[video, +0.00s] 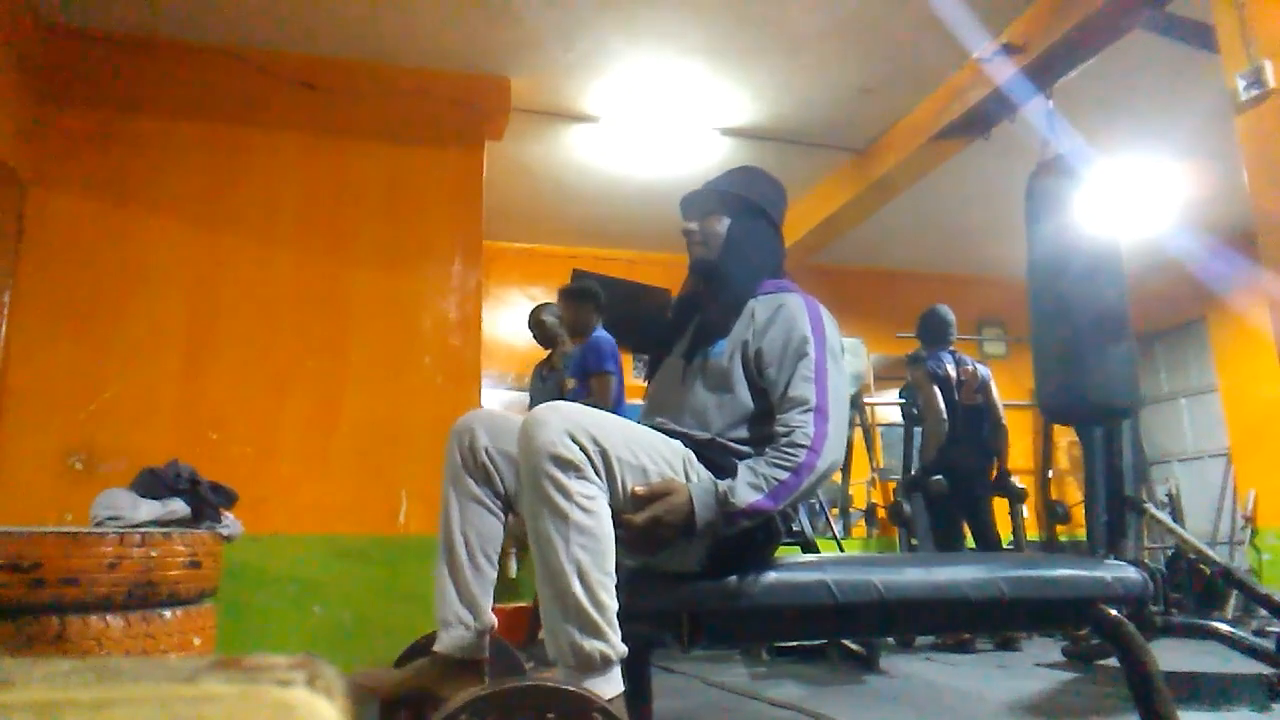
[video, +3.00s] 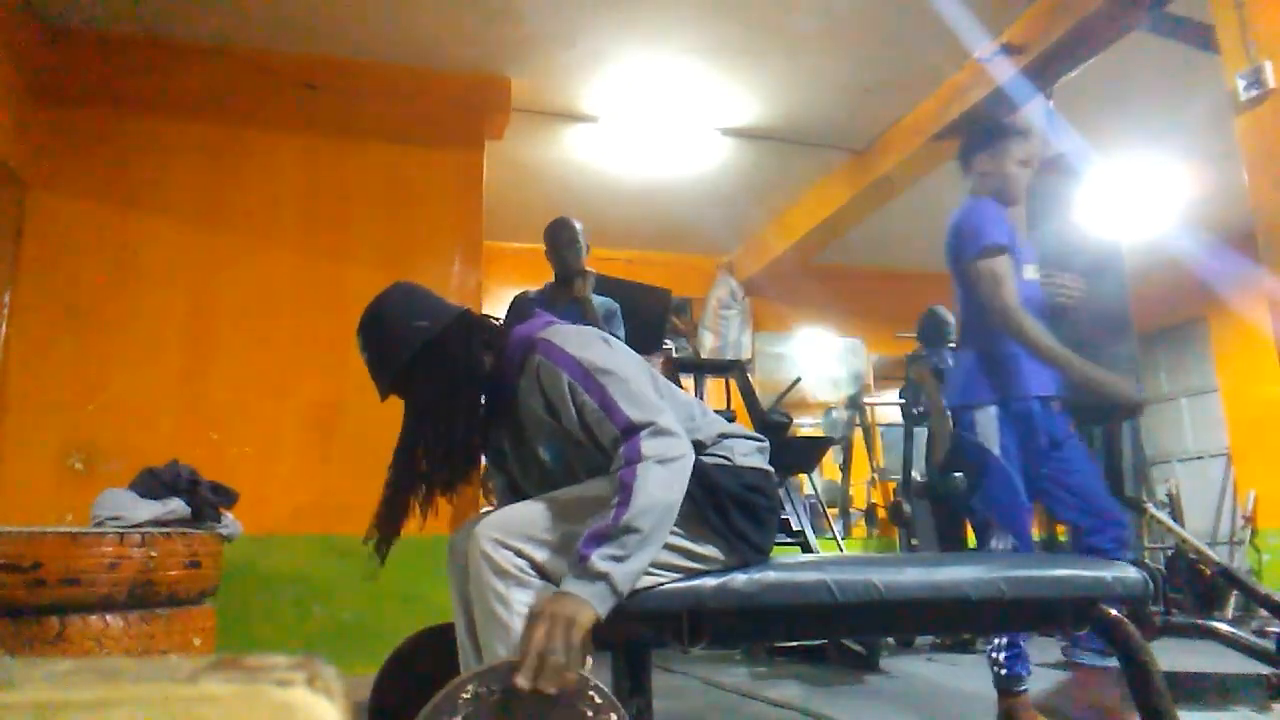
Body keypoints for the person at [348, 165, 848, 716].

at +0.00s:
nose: (692, 233)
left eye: (708, 221)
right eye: (691, 223)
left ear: (749, 229)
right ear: (693, 231)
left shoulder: (790, 313)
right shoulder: (696, 316)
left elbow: (810, 443)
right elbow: (667, 425)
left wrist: (709, 500)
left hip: (728, 502)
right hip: (664, 483)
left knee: (555, 431)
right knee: (479, 437)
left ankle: (591, 685)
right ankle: (460, 649)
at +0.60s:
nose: (612, 252)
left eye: (617, 234)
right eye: (606, 239)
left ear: (654, 223)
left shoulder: (730, 293)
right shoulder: (641, 313)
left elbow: (772, 426)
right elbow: (627, 433)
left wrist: (679, 501)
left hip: (699, 500)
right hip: (631, 489)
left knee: (505, 516)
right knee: (451, 523)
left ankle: (536, 705)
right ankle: (484, 706)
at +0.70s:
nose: (566, 264)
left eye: (571, 244)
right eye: (561, 248)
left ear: (602, 229)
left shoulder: (693, 289)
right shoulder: (603, 319)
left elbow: (729, 428)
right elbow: (601, 450)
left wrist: (650, 511)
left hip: (695, 503)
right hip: (627, 497)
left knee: (483, 534)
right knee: (443, 534)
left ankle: (534, 709)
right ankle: (485, 706)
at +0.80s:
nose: (509, 280)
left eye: (511, 261)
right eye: (500, 266)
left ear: (542, 240)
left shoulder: (639, 289)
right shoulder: (561, 319)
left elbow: (677, 427)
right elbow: (555, 445)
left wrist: (614, 536)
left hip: (699, 501)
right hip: (624, 488)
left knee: (483, 532)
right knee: (445, 536)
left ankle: (531, 710)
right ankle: (486, 708)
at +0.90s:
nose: (459, 315)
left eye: (455, 295)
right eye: (449, 301)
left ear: (483, 276)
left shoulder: (592, 299)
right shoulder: (528, 333)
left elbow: (628, 437)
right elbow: (544, 457)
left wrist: (586, 558)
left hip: (701, 499)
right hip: (640, 495)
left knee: (491, 536)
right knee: (452, 539)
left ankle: (533, 708)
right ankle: (486, 706)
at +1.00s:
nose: (425, 351)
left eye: (418, 334)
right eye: (413, 340)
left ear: (441, 314)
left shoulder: (564, 322)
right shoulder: (509, 368)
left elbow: (599, 457)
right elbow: (521, 482)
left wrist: (555, 583)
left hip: (704, 490)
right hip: (641, 488)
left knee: (503, 543)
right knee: (461, 543)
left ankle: (541, 707)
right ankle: (489, 702)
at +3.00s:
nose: (424, 406)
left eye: (419, 385)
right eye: (411, 393)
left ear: (448, 355)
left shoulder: (554, 349)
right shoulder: (499, 417)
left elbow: (660, 445)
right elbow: (526, 527)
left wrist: (587, 588)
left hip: (724, 499)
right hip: (658, 502)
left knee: (499, 542)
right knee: (468, 544)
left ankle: (544, 712)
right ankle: (499, 710)